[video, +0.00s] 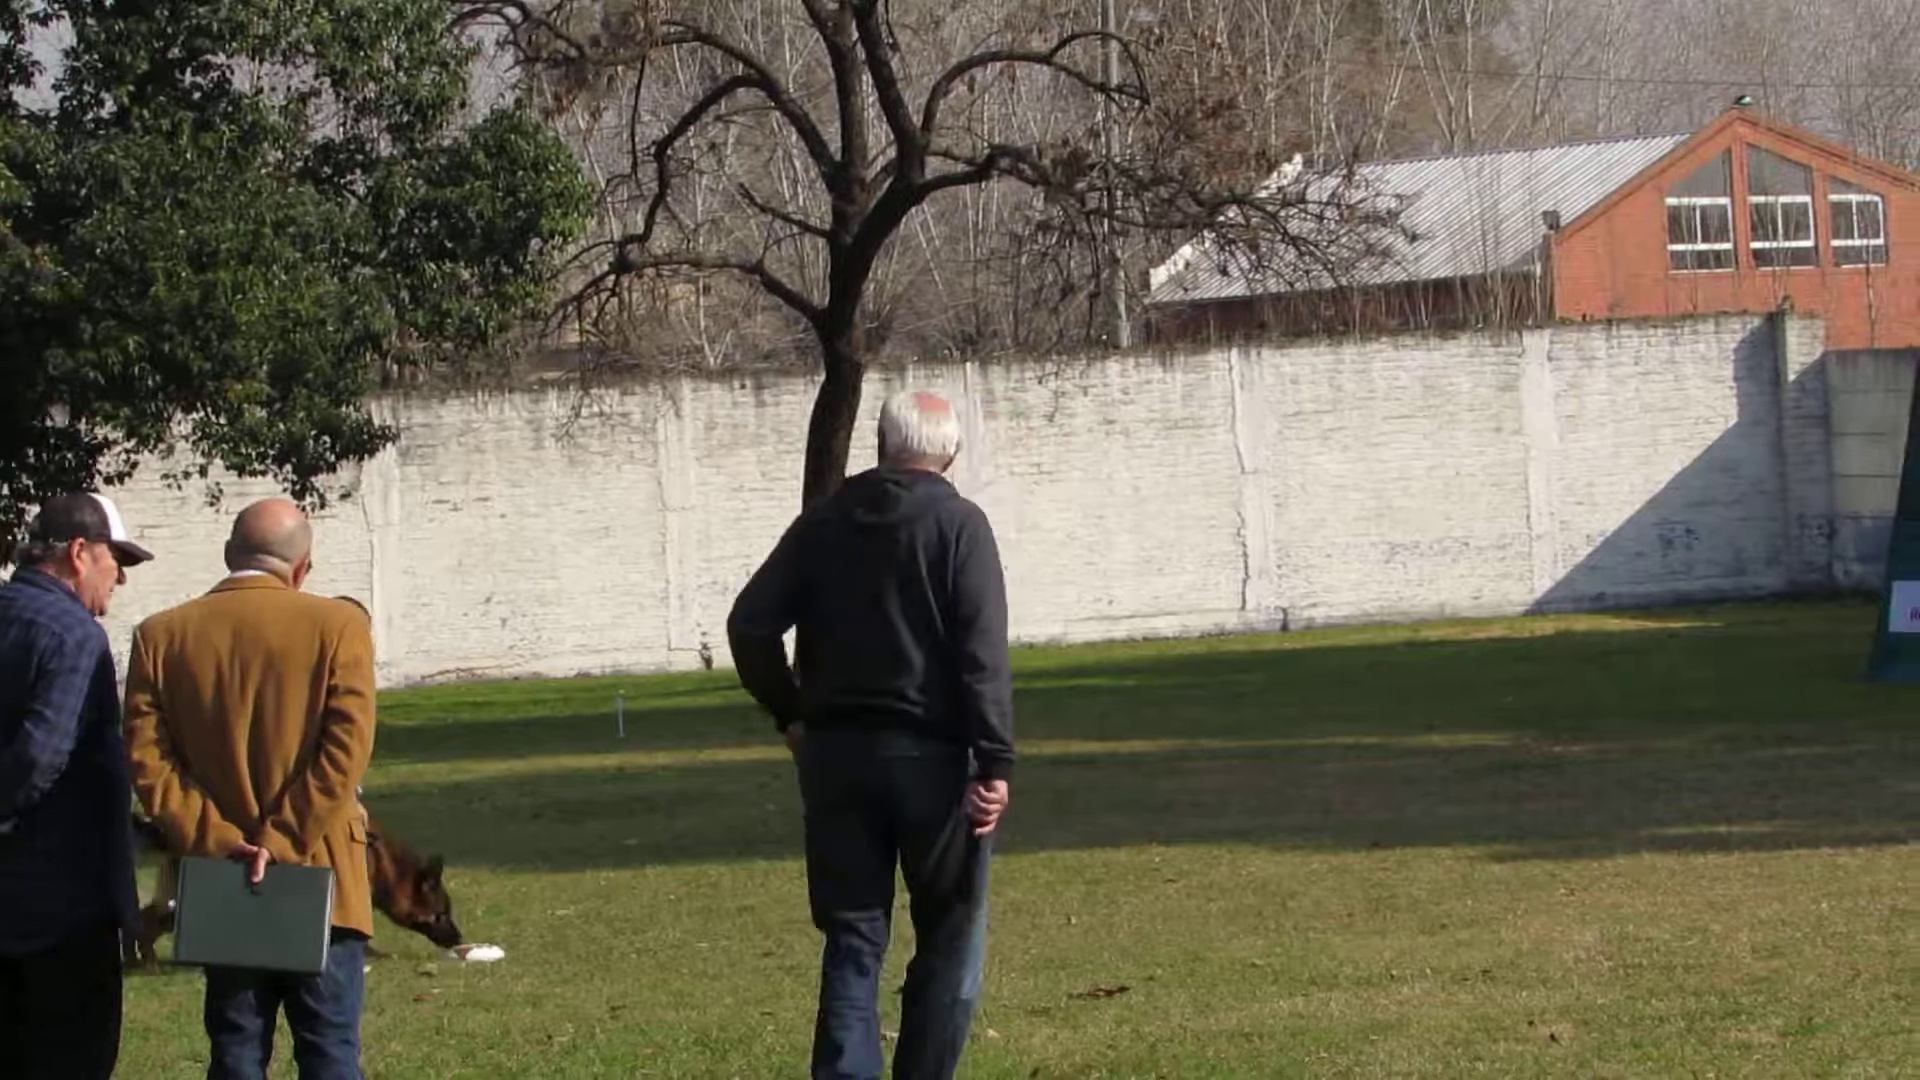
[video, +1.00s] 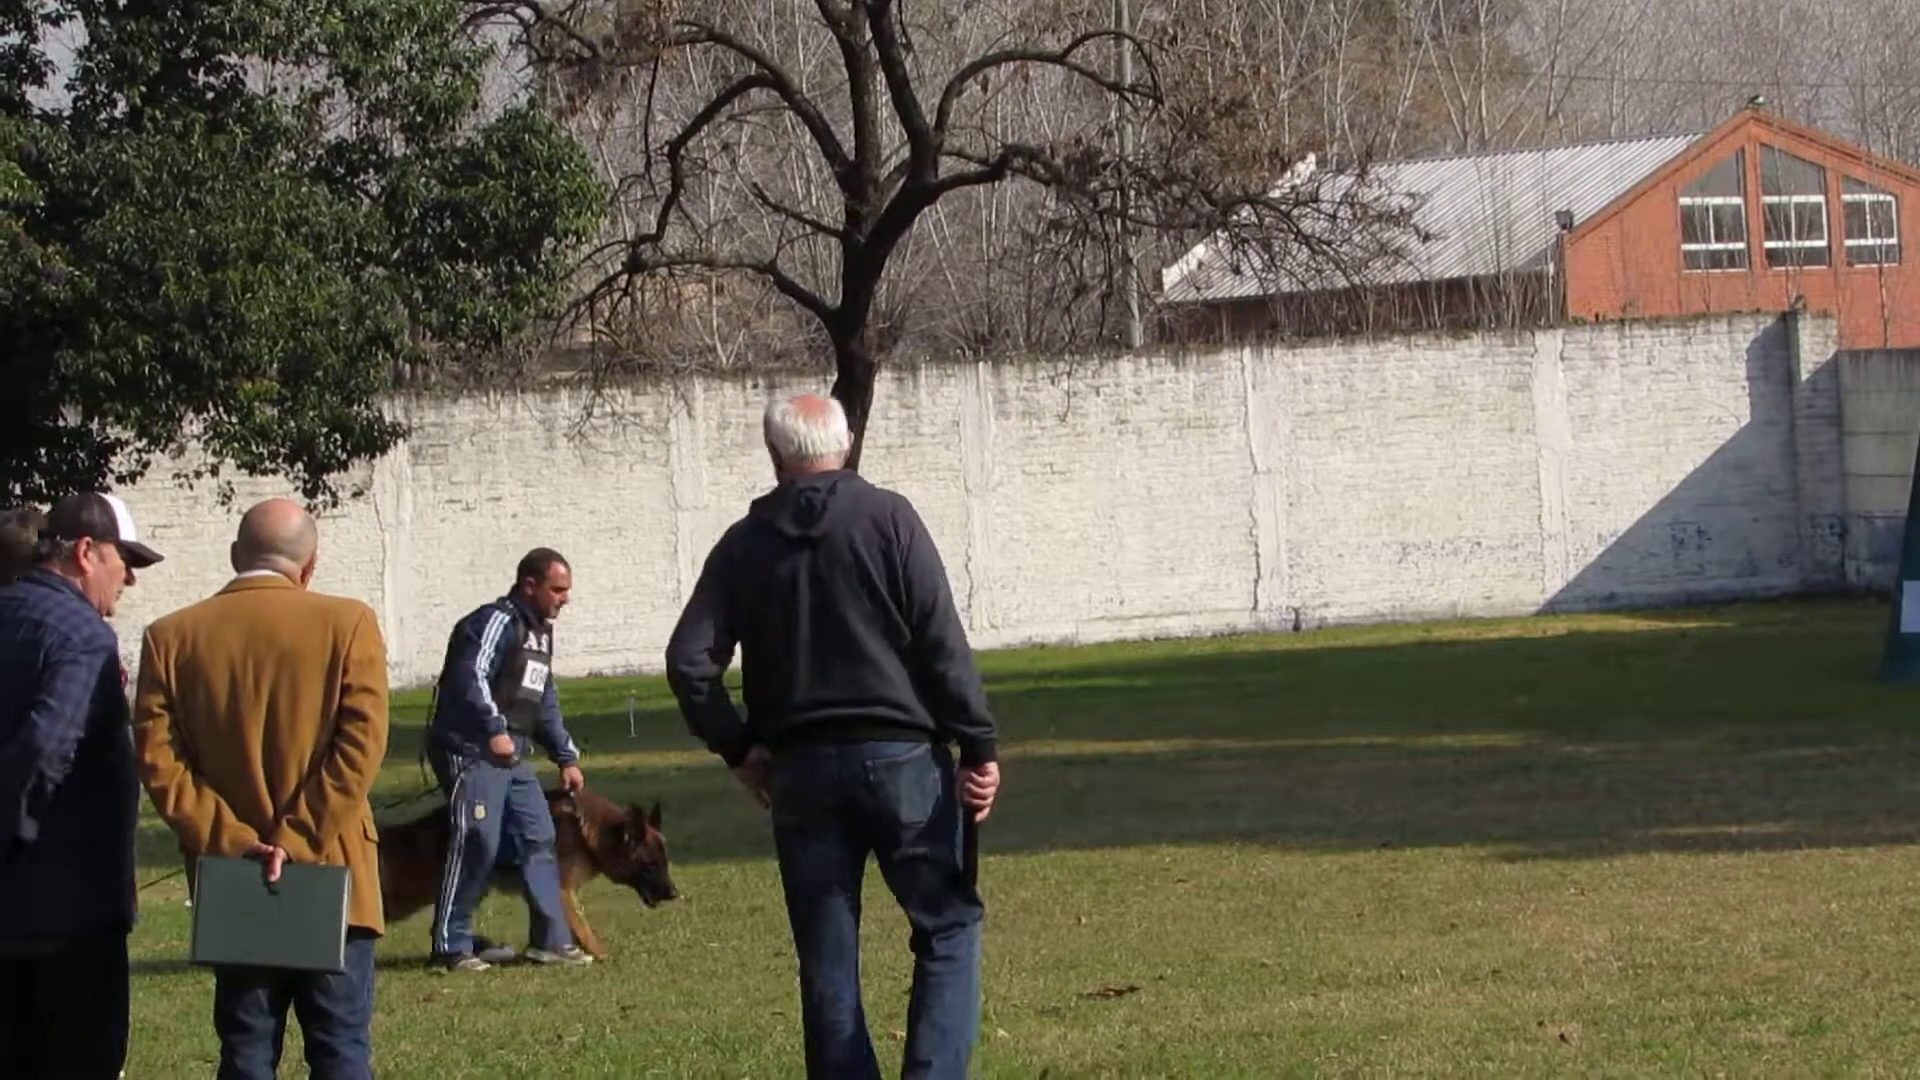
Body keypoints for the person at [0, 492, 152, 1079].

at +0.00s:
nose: (120, 578)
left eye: (122, 565)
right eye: (116, 561)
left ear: (59, 553)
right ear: (78, 554)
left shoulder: (13, 608)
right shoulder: (71, 630)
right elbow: (39, 756)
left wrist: (125, 905)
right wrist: (8, 814)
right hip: (61, 900)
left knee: (26, 1048)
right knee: (75, 1055)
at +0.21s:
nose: (133, 582)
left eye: (135, 569)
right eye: (129, 565)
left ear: (66, 553)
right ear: (90, 555)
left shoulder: (8, 609)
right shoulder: (83, 634)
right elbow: (49, 759)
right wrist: (9, 814)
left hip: (14, 890)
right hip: (71, 898)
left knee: (22, 1047)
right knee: (87, 1056)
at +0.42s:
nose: (138, 583)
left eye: (140, 570)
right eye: (133, 566)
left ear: (67, 554)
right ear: (95, 556)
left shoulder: (9, 612)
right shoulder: (89, 637)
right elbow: (55, 760)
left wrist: (14, 816)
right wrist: (10, 819)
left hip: (14, 894)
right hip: (74, 902)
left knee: (21, 1051)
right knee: (89, 1060)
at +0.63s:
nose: (137, 583)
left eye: (139, 571)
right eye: (132, 567)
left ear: (69, 555)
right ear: (94, 557)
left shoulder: (7, 612)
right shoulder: (89, 639)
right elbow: (54, 760)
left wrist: (13, 818)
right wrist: (10, 821)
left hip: (12, 889)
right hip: (72, 898)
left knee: (20, 1049)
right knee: (86, 1058)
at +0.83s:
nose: (130, 584)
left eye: (132, 571)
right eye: (126, 567)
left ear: (63, 555)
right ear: (88, 558)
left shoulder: (10, 610)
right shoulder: (82, 637)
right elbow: (45, 757)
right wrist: (9, 818)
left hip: (15, 894)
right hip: (68, 902)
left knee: (23, 1049)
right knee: (84, 1057)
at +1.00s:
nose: (129, 580)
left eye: (131, 566)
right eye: (125, 562)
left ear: (67, 552)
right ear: (86, 553)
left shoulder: (12, 608)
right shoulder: (81, 633)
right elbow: (44, 745)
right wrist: (17, 825)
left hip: (16, 896)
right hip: (69, 901)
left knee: (24, 1051)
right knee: (84, 1058)